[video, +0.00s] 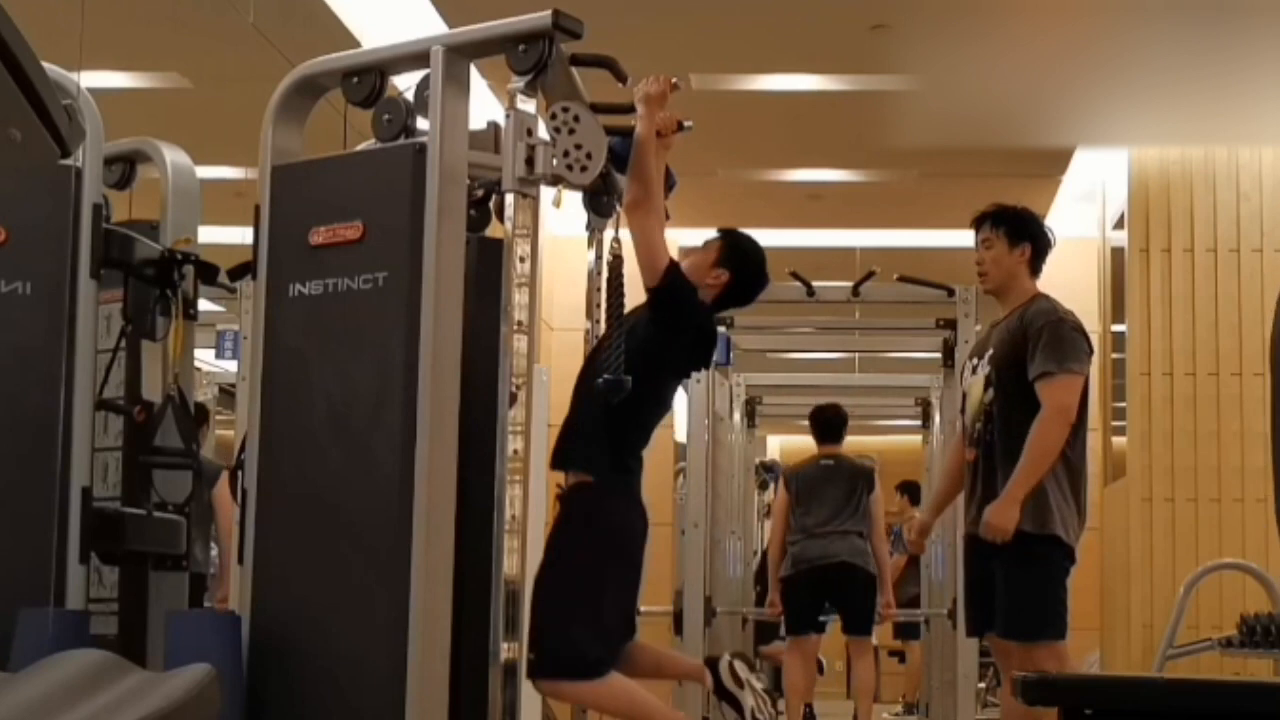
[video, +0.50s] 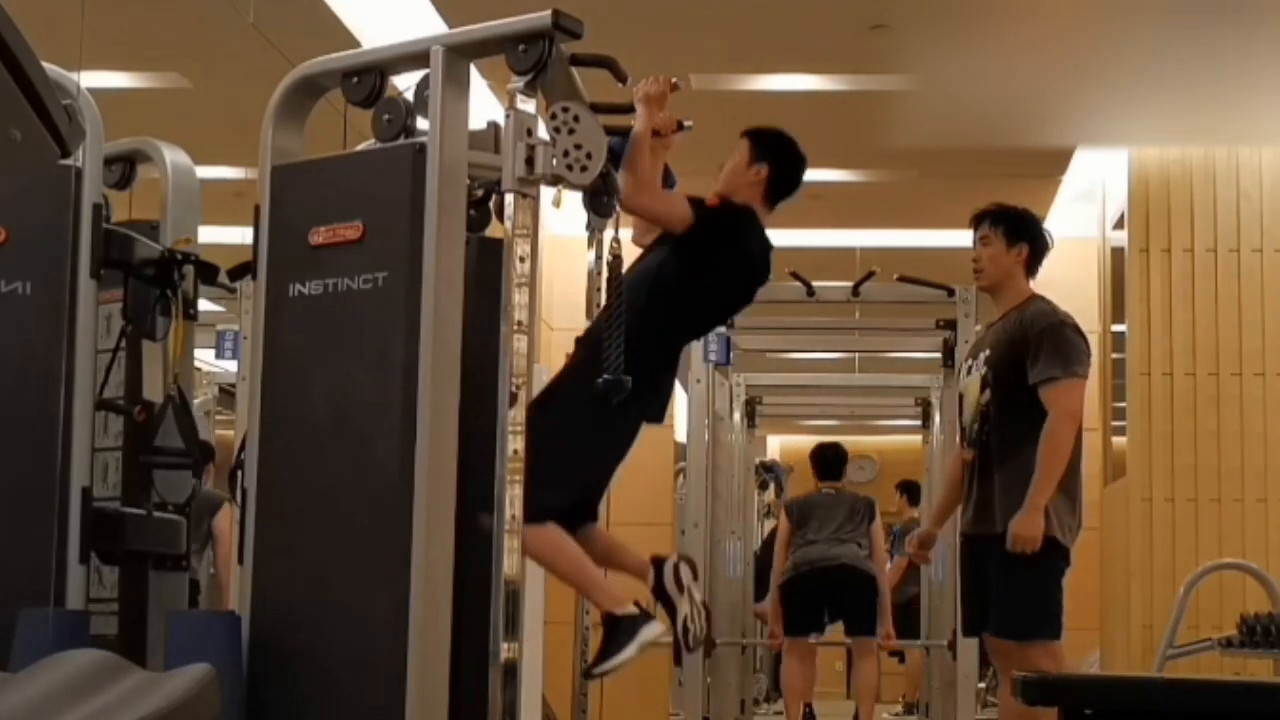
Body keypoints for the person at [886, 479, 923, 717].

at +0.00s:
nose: (895, 501)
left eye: (897, 496)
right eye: (896, 496)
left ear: (905, 497)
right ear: (913, 497)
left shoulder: (910, 522)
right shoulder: (913, 520)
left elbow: (899, 558)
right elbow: (900, 557)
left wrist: (886, 585)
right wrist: (889, 583)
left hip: (910, 591)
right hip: (913, 590)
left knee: (912, 646)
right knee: (912, 646)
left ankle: (910, 701)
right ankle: (912, 699)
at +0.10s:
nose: (895, 501)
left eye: (897, 496)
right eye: (896, 496)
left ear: (905, 498)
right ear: (914, 499)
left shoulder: (907, 525)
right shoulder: (917, 523)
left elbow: (900, 560)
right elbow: (902, 558)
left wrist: (886, 587)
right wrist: (891, 584)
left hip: (909, 593)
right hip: (916, 591)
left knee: (912, 647)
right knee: (914, 648)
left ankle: (910, 701)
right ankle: (913, 699)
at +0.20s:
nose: (895, 501)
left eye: (897, 496)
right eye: (896, 496)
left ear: (904, 498)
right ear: (915, 499)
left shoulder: (906, 526)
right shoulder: (919, 524)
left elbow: (900, 561)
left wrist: (886, 589)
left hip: (908, 593)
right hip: (919, 590)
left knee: (912, 647)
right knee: (915, 648)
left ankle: (910, 701)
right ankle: (914, 699)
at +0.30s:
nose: (894, 500)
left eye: (897, 496)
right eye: (896, 496)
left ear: (904, 498)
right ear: (914, 498)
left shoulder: (906, 526)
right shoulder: (917, 523)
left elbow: (900, 562)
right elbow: (902, 561)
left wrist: (885, 591)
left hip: (908, 593)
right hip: (916, 591)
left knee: (912, 644)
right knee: (916, 645)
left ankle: (911, 701)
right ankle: (915, 699)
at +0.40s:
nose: (894, 500)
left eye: (896, 496)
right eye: (896, 496)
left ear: (903, 497)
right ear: (915, 498)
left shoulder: (905, 527)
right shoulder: (919, 524)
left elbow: (900, 562)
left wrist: (885, 589)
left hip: (909, 593)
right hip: (920, 590)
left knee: (913, 645)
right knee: (917, 645)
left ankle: (911, 701)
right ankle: (915, 699)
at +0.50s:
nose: (894, 501)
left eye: (896, 496)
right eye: (896, 496)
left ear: (903, 498)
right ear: (915, 498)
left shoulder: (906, 526)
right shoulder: (916, 523)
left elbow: (901, 560)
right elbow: (903, 559)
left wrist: (884, 587)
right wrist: (890, 583)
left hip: (909, 592)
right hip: (916, 590)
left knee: (912, 647)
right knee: (914, 647)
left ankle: (910, 702)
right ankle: (914, 700)